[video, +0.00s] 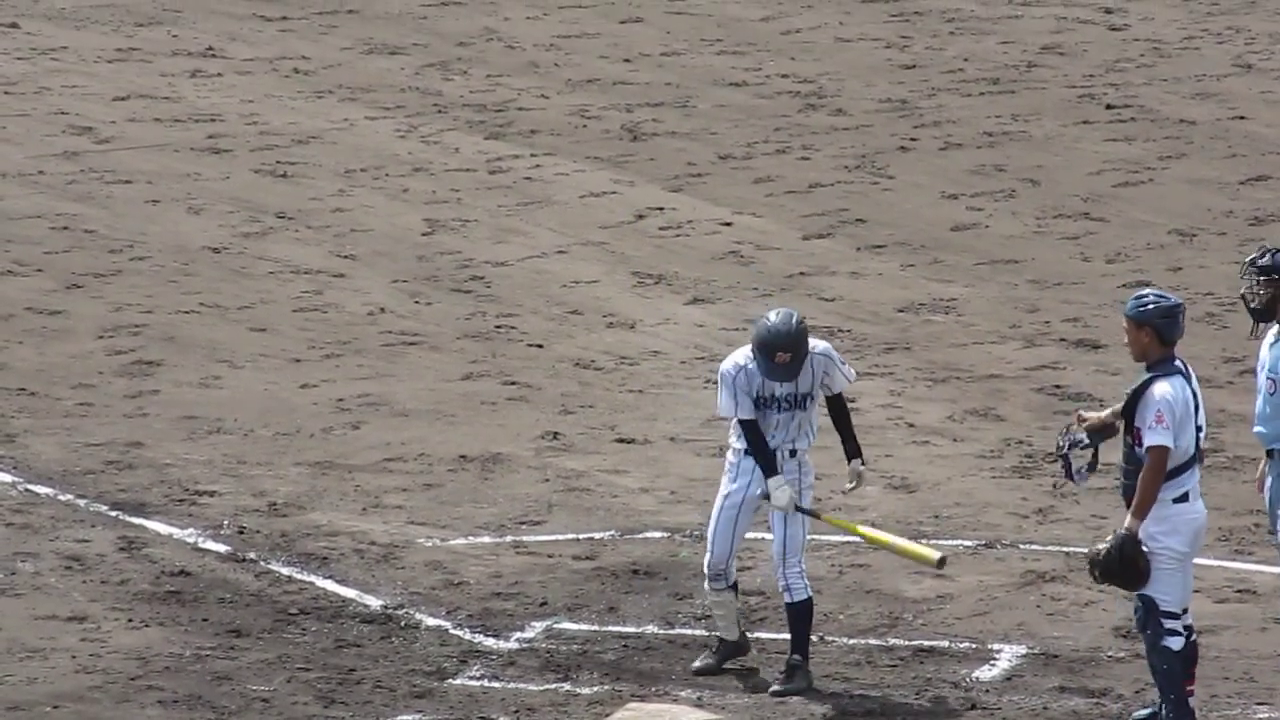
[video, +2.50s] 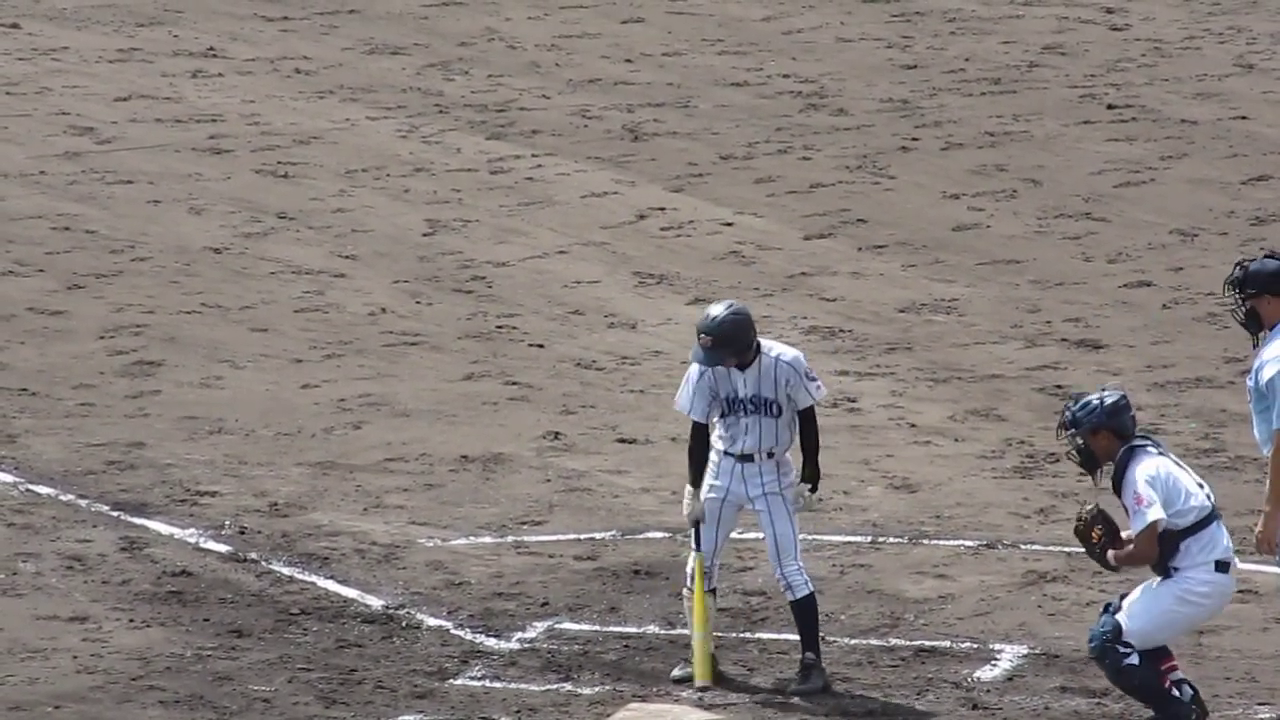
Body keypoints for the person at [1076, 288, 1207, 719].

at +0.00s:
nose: (1125, 337)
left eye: (1130, 329)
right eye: (1126, 328)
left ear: (1149, 335)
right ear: (1160, 333)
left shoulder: (1160, 392)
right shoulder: (1178, 372)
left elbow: (1156, 465)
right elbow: (1144, 405)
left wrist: (1130, 527)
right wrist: (1108, 420)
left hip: (1166, 515)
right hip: (1180, 507)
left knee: (1160, 617)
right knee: (1167, 612)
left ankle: (1176, 708)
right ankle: (1174, 702)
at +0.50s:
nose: (1124, 346)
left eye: (1126, 338)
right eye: (1125, 338)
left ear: (1139, 342)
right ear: (1170, 338)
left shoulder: (1155, 405)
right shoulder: (1181, 369)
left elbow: (1152, 478)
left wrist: (1149, 545)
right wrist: (1149, 297)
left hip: (1168, 521)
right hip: (1189, 509)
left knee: (1170, 623)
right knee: (1158, 613)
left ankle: (1180, 710)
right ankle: (1169, 699)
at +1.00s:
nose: (1124, 341)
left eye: (1127, 336)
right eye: (1123, 335)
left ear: (1140, 344)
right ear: (1168, 341)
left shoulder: (1155, 405)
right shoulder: (1179, 374)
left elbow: (1154, 482)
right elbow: (1121, 367)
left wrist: (1147, 551)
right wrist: (1118, 325)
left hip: (1167, 525)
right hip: (1185, 514)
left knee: (1167, 624)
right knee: (1153, 615)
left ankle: (1178, 709)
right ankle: (1167, 698)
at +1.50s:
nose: (1121, 341)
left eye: (1125, 334)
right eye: (1122, 334)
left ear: (1141, 340)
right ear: (1166, 336)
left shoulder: (1152, 392)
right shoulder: (1185, 374)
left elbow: (1149, 467)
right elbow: (1130, 425)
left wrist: (1139, 536)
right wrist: (1123, 374)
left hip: (1168, 518)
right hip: (1193, 510)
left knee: (1163, 621)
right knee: (1167, 613)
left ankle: (1182, 708)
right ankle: (1184, 699)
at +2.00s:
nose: (1103, 350)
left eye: (1107, 342)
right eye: (1102, 342)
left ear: (1128, 345)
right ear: (1139, 340)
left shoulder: (1151, 389)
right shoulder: (1167, 372)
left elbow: (1156, 461)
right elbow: (1145, 436)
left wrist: (1124, 509)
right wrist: (1113, 403)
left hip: (1184, 515)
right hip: (1194, 508)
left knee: (1150, 614)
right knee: (1157, 610)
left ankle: (1185, 707)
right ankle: (1187, 701)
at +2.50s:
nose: (1081, 446)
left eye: (1085, 438)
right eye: (1080, 438)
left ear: (1105, 436)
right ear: (1110, 434)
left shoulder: (1137, 473)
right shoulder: (1143, 454)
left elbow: (1148, 552)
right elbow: (1168, 526)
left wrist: (1114, 557)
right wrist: (1122, 539)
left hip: (1201, 580)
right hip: (1206, 570)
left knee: (1107, 641)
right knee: (1117, 614)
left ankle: (1179, 709)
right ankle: (1180, 695)